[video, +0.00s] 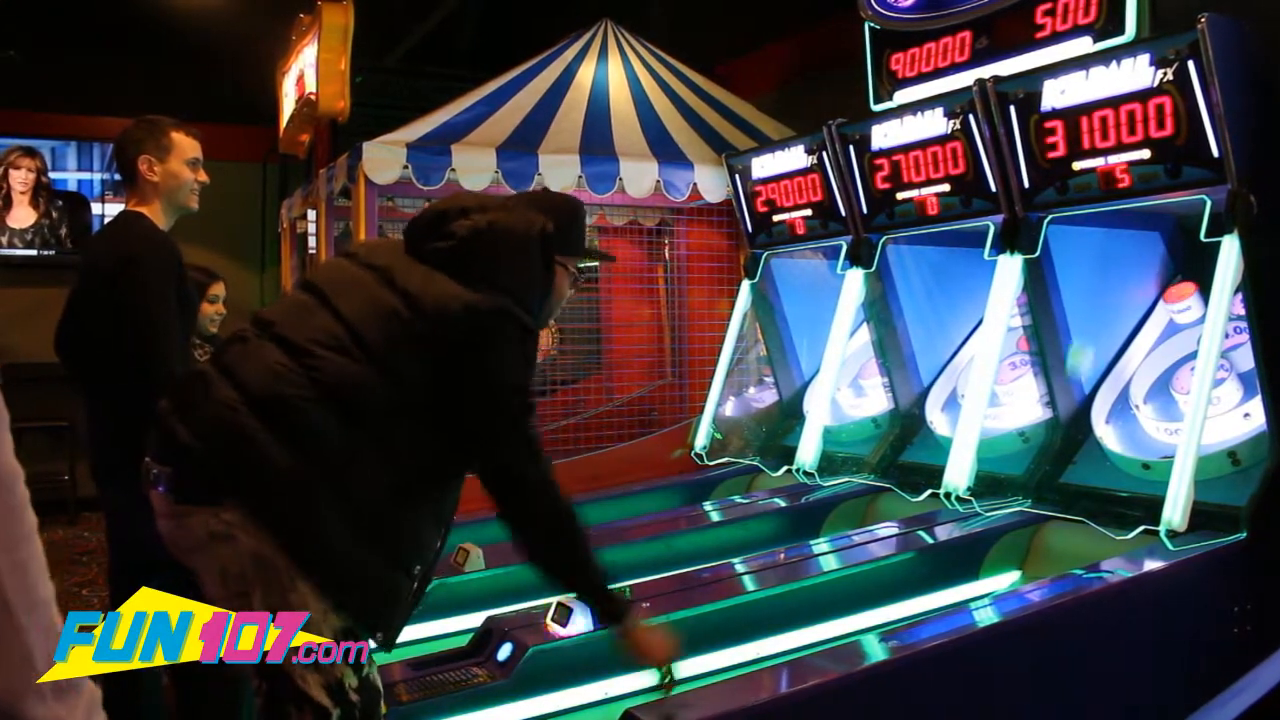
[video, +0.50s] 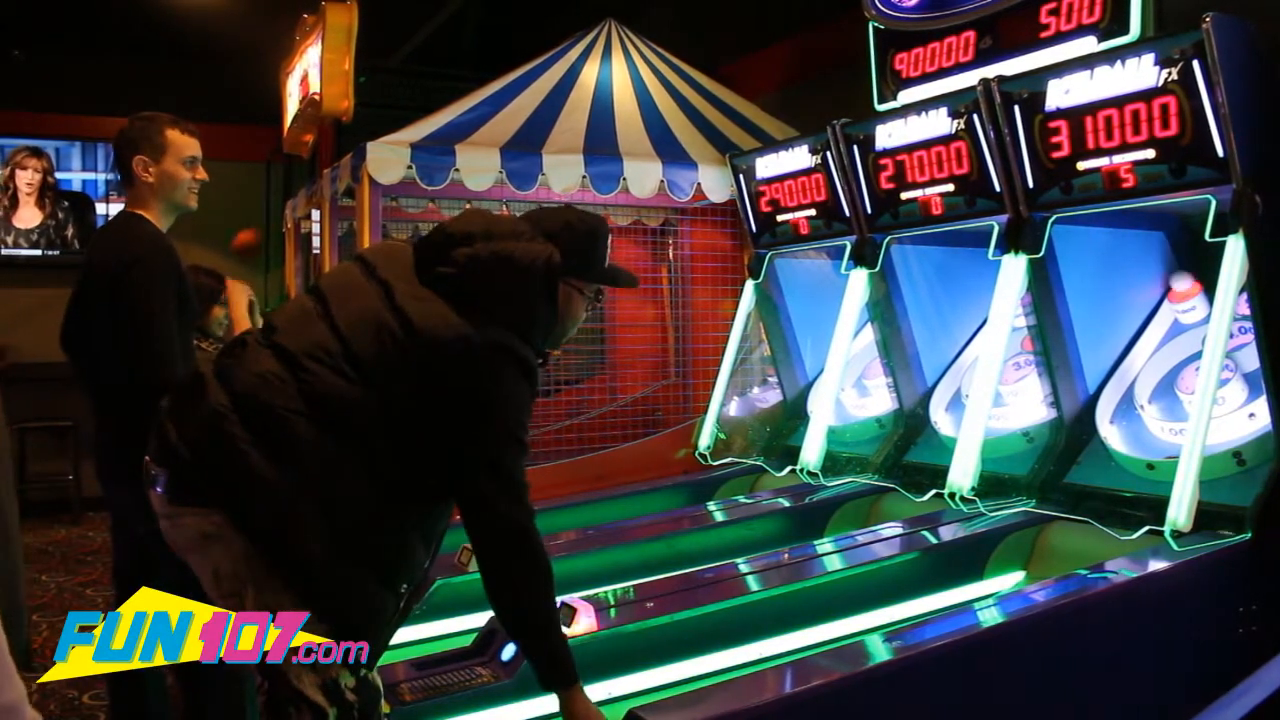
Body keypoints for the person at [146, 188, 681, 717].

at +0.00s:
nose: (571, 292)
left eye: (575, 277)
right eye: (567, 274)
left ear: (490, 244)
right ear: (532, 266)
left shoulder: (381, 264)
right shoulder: (482, 328)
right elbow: (529, 492)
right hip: (253, 510)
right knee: (330, 691)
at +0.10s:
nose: (579, 298)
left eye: (584, 283)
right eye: (576, 280)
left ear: (501, 256)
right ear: (536, 269)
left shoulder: (388, 261)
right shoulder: (486, 335)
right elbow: (501, 513)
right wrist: (570, 655)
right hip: (250, 504)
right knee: (334, 694)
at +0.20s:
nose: (583, 302)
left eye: (588, 287)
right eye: (580, 284)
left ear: (513, 258)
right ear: (544, 273)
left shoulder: (400, 263)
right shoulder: (486, 333)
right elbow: (488, 512)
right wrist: (553, 677)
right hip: (241, 499)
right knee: (332, 691)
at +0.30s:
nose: (586, 307)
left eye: (591, 290)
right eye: (585, 288)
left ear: (514, 256)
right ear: (552, 279)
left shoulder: (403, 260)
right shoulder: (486, 338)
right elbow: (494, 522)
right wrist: (558, 682)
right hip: (243, 503)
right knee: (332, 694)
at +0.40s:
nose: (587, 311)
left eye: (592, 295)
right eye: (585, 293)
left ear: (516, 256)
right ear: (553, 285)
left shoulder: (402, 260)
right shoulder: (490, 352)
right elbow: (504, 531)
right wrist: (563, 684)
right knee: (330, 692)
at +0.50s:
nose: (587, 314)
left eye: (593, 299)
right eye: (586, 297)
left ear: (515, 254)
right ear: (556, 289)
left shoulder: (400, 259)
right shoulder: (492, 354)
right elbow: (505, 532)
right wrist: (568, 687)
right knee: (334, 693)